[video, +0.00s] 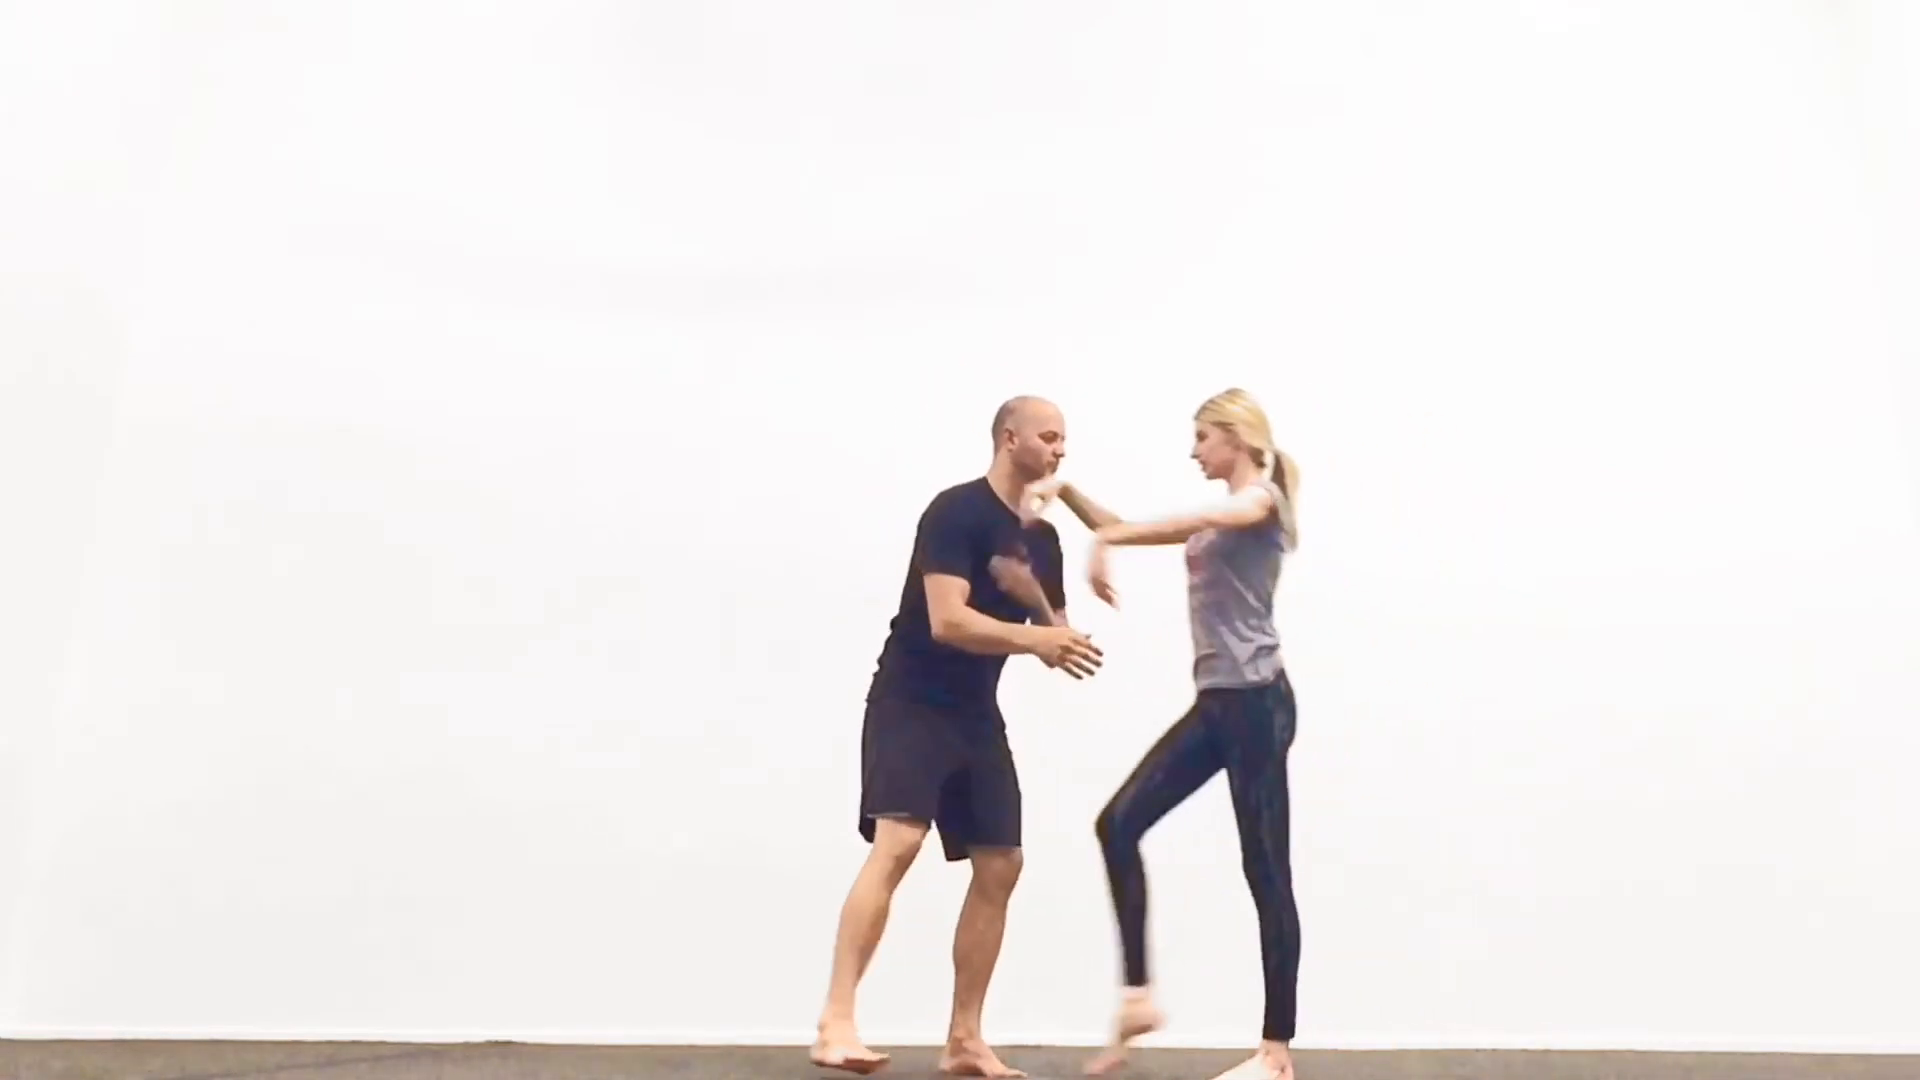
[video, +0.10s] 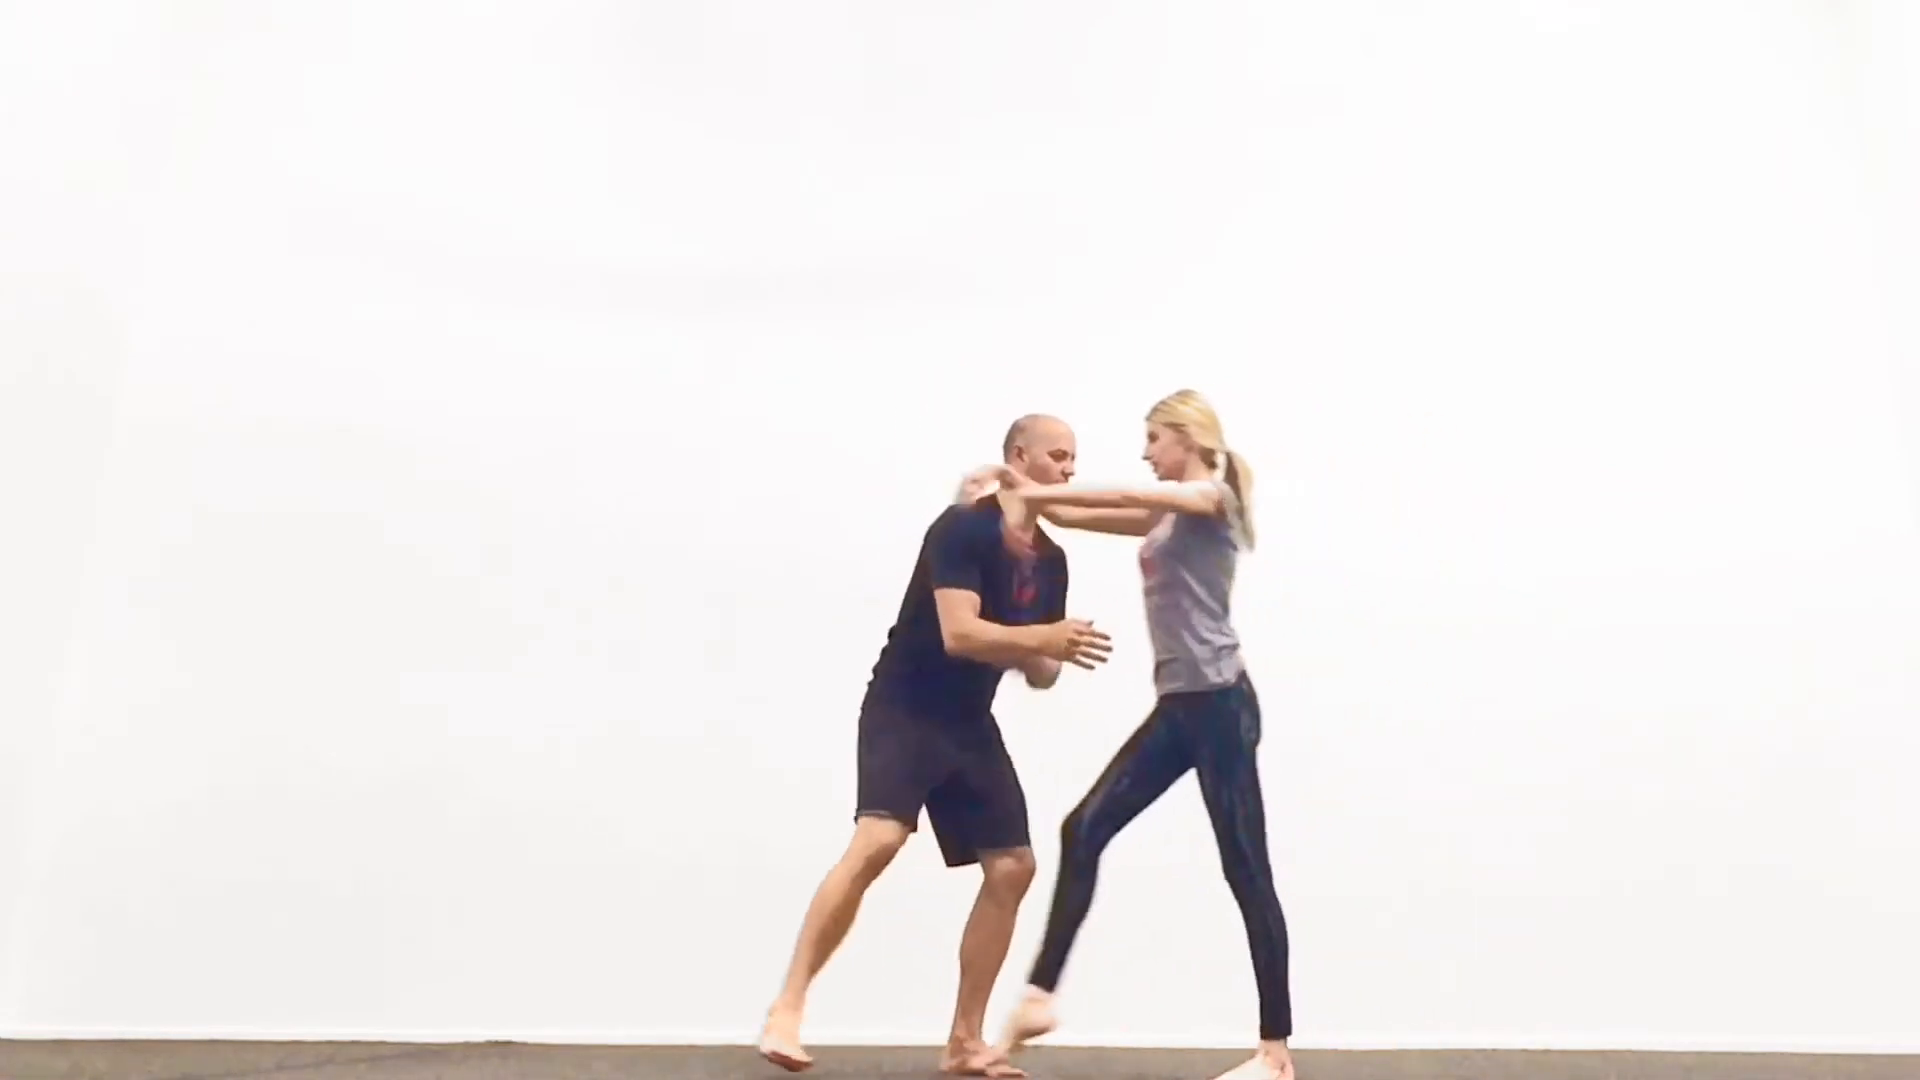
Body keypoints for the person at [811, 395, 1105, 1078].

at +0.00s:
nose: (1060, 451)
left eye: (1063, 440)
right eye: (1049, 438)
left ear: (1053, 447)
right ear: (1008, 439)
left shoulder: (1044, 537)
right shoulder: (955, 510)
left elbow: (1052, 644)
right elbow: (947, 621)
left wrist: (1035, 604)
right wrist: (1041, 638)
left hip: (976, 708)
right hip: (911, 699)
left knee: (999, 866)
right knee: (898, 843)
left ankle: (965, 1039)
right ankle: (836, 1022)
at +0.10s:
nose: (1068, 469)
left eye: (1072, 460)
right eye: (1056, 457)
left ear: (1064, 469)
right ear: (1016, 459)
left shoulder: (1051, 559)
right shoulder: (962, 527)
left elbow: (1042, 675)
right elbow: (960, 635)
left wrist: (1016, 640)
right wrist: (1052, 636)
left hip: (970, 717)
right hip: (903, 705)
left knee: (1011, 868)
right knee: (880, 838)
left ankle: (965, 1041)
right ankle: (787, 1009)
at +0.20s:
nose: (1074, 492)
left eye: (1079, 481)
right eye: (1061, 478)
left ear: (1075, 492)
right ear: (1019, 480)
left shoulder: (1055, 583)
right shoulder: (967, 543)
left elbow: (1041, 677)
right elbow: (962, 648)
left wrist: (1044, 725)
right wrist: (1048, 640)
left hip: (963, 732)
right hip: (897, 714)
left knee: (1017, 873)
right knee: (851, 844)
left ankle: (968, 1039)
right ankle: (740, 998)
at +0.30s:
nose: (1043, 510)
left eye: (1055, 503)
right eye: (1033, 495)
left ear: (1073, 519)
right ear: (1018, 500)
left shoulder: (1052, 596)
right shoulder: (966, 561)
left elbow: (1040, 711)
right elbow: (950, 665)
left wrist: (1056, 793)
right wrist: (1034, 650)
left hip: (951, 744)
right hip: (883, 728)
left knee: (1028, 874)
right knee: (826, 845)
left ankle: (968, 1040)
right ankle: (702, 994)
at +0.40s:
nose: (1002, 528)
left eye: (1020, 523)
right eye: (1003, 520)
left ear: (1036, 533)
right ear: (993, 525)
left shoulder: (1037, 609)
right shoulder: (949, 582)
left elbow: (1040, 717)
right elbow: (926, 689)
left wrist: (1062, 819)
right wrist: (1003, 678)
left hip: (942, 759)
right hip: (870, 742)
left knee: (1026, 876)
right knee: (794, 851)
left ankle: (964, 1039)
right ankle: (670, 996)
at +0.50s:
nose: (1032, 549)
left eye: (1042, 539)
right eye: (1020, 535)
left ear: (1049, 550)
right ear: (984, 532)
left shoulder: (1034, 646)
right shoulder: (927, 599)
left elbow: (1021, 746)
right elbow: (894, 717)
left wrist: (1057, 837)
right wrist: (953, 690)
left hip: (931, 774)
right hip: (854, 759)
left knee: (1024, 878)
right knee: (766, 857)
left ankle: (962, 1045)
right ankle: (631, 1003)